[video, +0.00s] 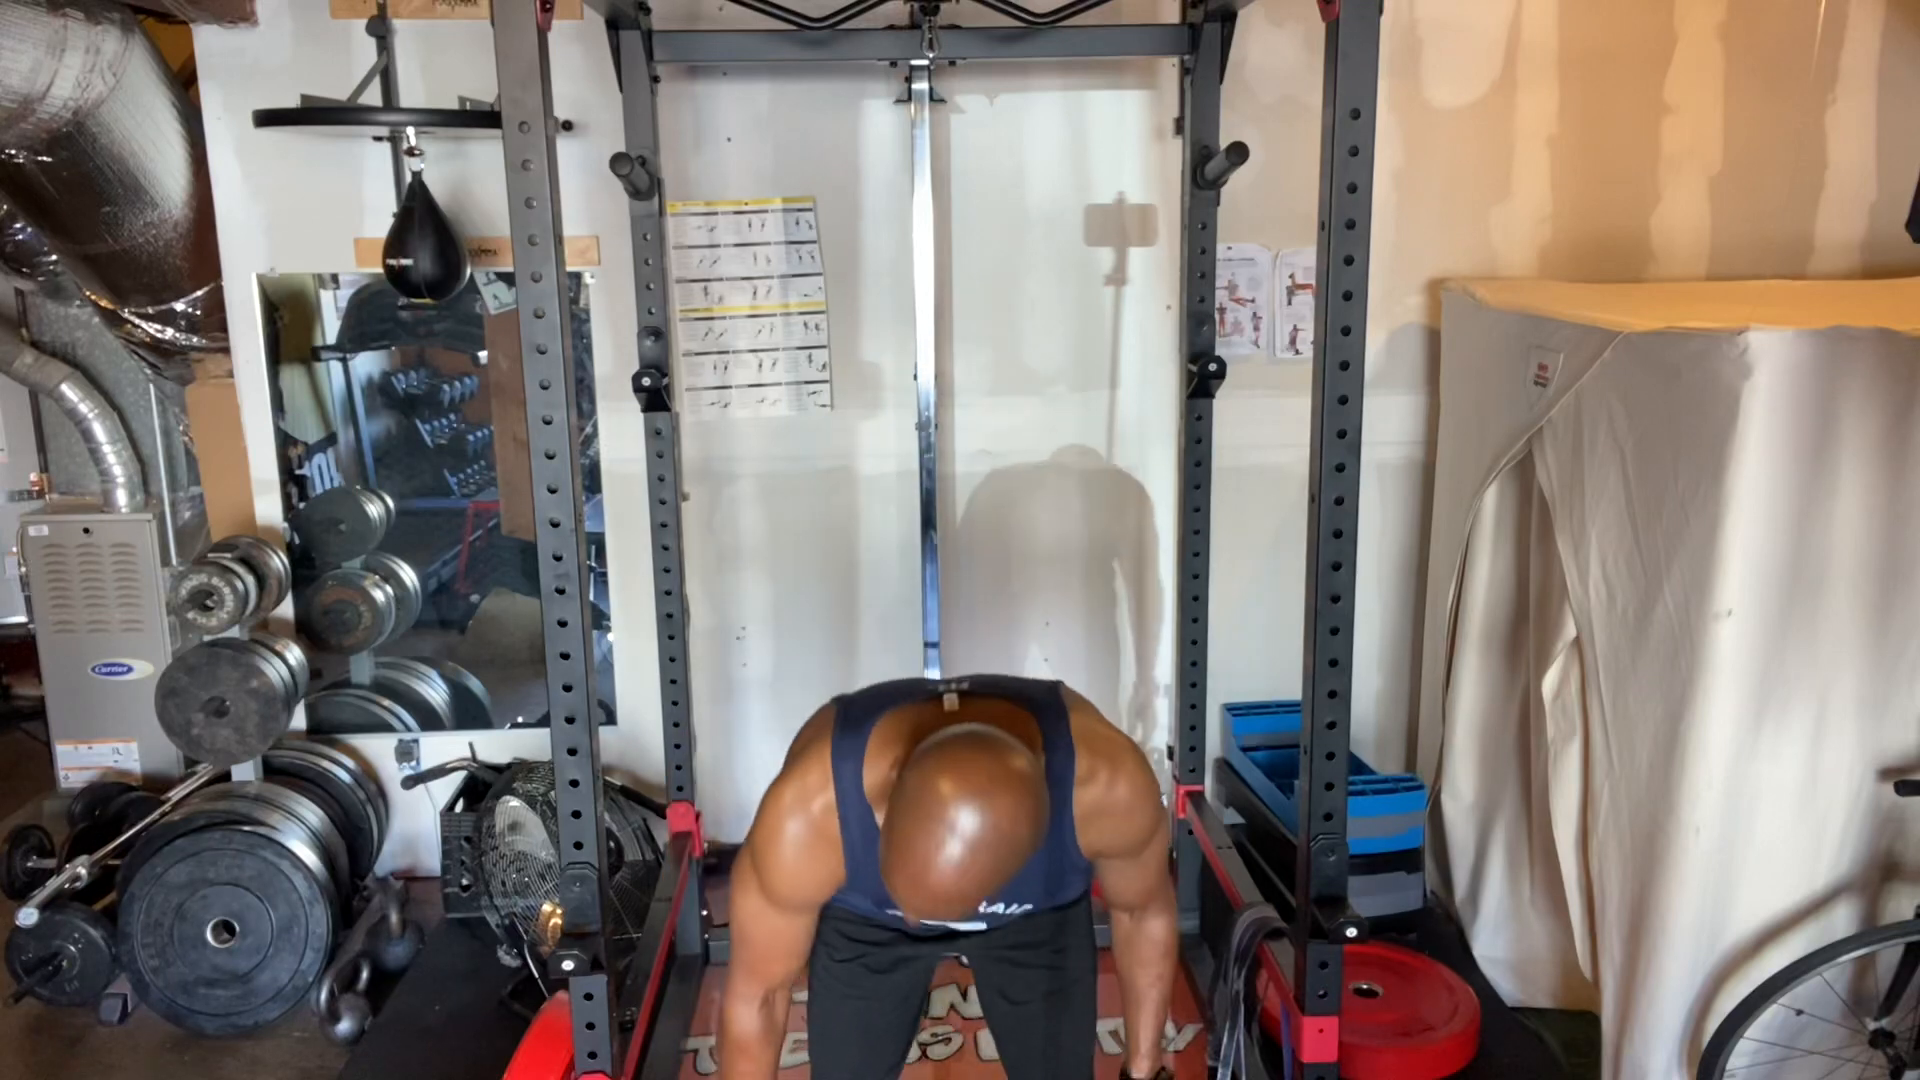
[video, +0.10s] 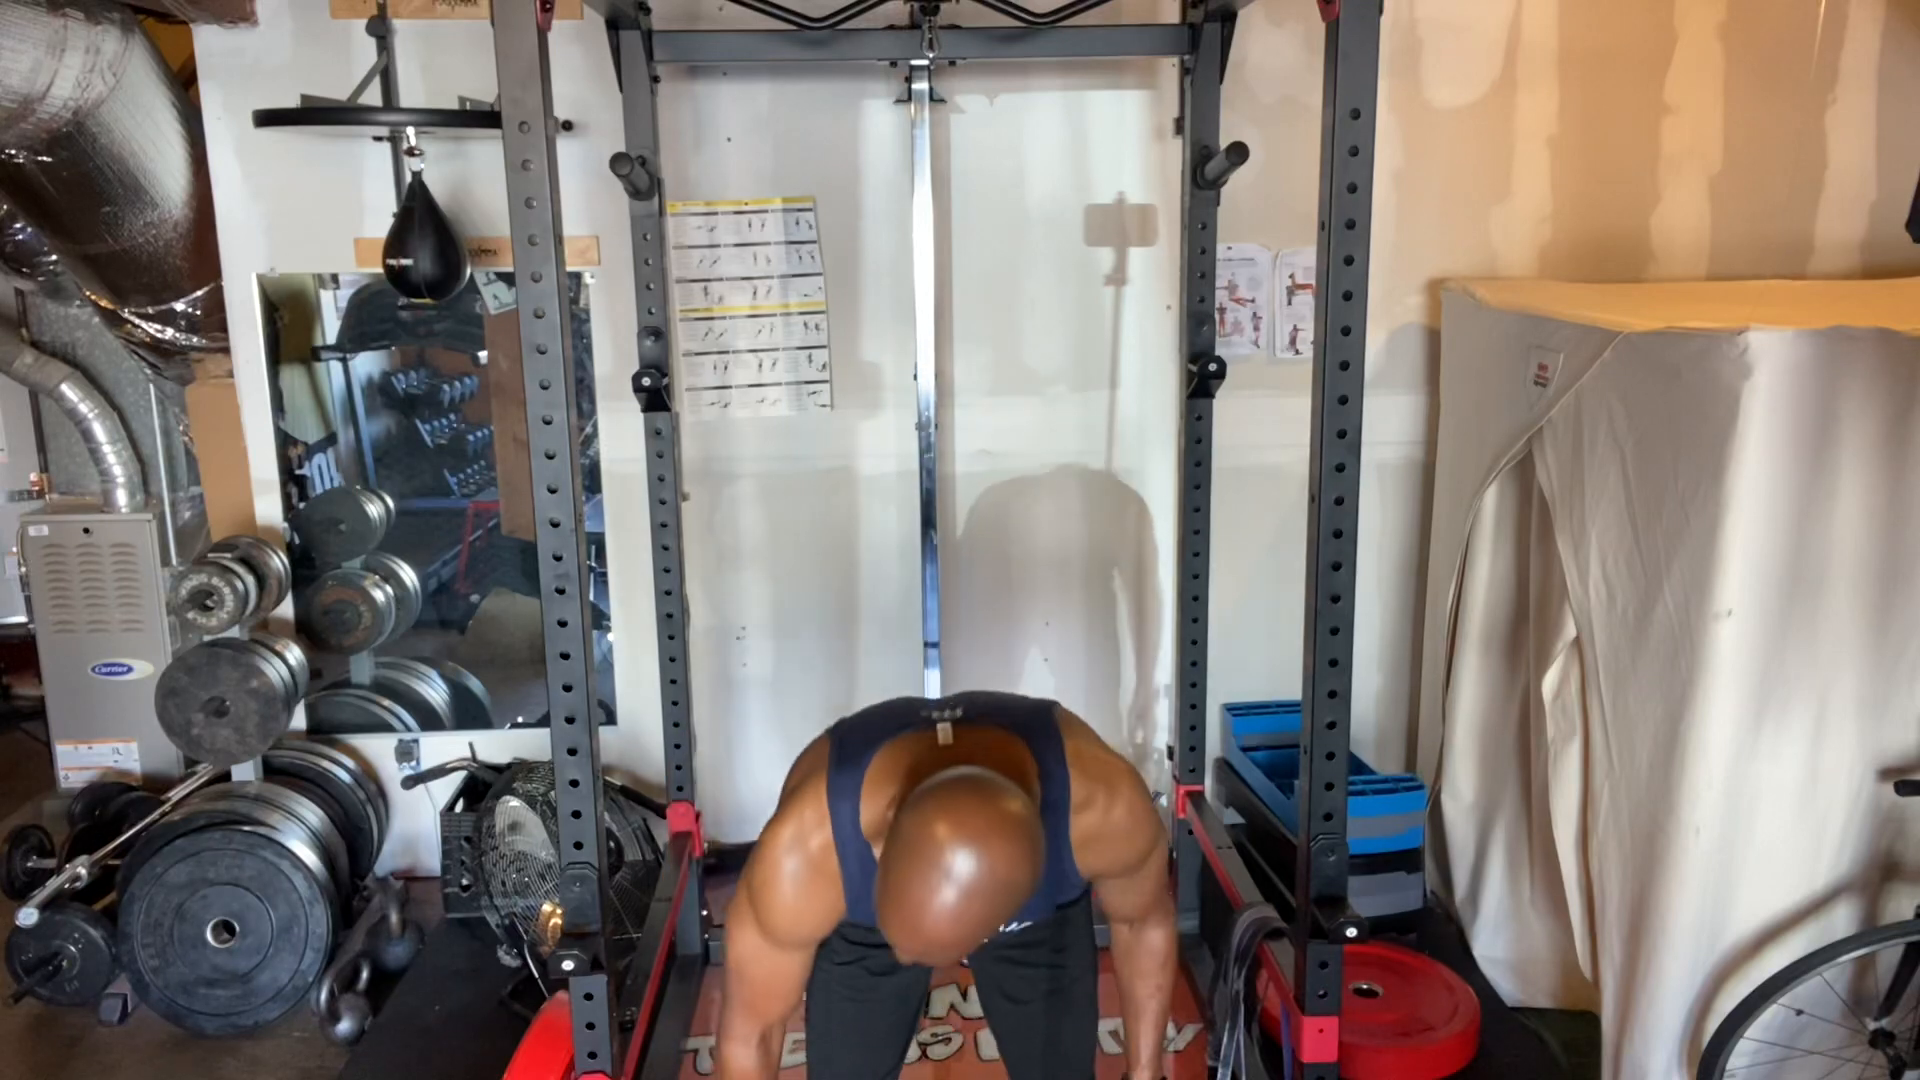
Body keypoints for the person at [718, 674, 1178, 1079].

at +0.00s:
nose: (927, 928)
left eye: (957, 916)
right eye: (905, 909)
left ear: (1040, 838)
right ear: (887, 818)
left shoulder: (1112, 790)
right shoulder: (804, 818)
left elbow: (1143, 915)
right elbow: (757, 997)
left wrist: (1143, 1062)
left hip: (1038, 910)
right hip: (867, 915)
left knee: (1057, 1068)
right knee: (847, 1069)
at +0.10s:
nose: (938, 973)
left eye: (960, 958)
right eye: (910, 954)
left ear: (1032, 882)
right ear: (881, 859)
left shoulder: (1111, 816)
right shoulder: (801, 860)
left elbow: (1143, 926)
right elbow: (751, 1034)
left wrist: (1145, 1067)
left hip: (1040, 899)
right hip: (861, 909)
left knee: (1059, 1065)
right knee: (847, 1068)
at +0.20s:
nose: (923, 1010)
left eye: (946, 1001)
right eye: (903, 993)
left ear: (1041, 902)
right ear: (879, 895)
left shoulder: (1107, 839)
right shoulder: (794, 900)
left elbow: (1142, 940)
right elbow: (745, 1063)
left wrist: (1143, 1071)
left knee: (1060, 1062)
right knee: (847, 1064)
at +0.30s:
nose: (926, 1048)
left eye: (947, 1034)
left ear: (1027, 932)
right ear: (869, 912)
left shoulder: (1100, 862)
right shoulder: (788, 925)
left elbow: (1136, 952)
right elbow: (750, 1070)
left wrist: (1139, 1071)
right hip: (848, 781)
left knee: (1061, 1061)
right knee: (843, 1062)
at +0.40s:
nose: (903, 1068)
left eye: (933, 1057)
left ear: (1008, 946)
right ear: (860, 933)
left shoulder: (1093, 881)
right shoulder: (778, 945)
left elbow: (1133, 976)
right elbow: (750, 1074)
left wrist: (1137, 1076)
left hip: (1014, 769)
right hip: (846, 782)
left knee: (1057, 1063)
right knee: (839, 1062)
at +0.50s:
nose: (895, 1074)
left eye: (924, 1070)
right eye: (878, 1064)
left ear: (1006, 946)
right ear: (852, 958)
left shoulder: (1090, 895)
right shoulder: (772, 958)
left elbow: (1132, 994)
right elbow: (744, 1067)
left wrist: (1134, 1076)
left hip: (1015, 771)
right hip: (848, 781)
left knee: (1035, 1059)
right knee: (837, 1059)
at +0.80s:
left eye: (998, 1075)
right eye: (945, 1078)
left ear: (1042, 969)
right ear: (891, 992)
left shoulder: (1116, 927)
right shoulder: (797, 970)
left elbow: (1144, 1043)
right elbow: (756, 1066)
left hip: (1023, 765)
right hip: (871, 777)